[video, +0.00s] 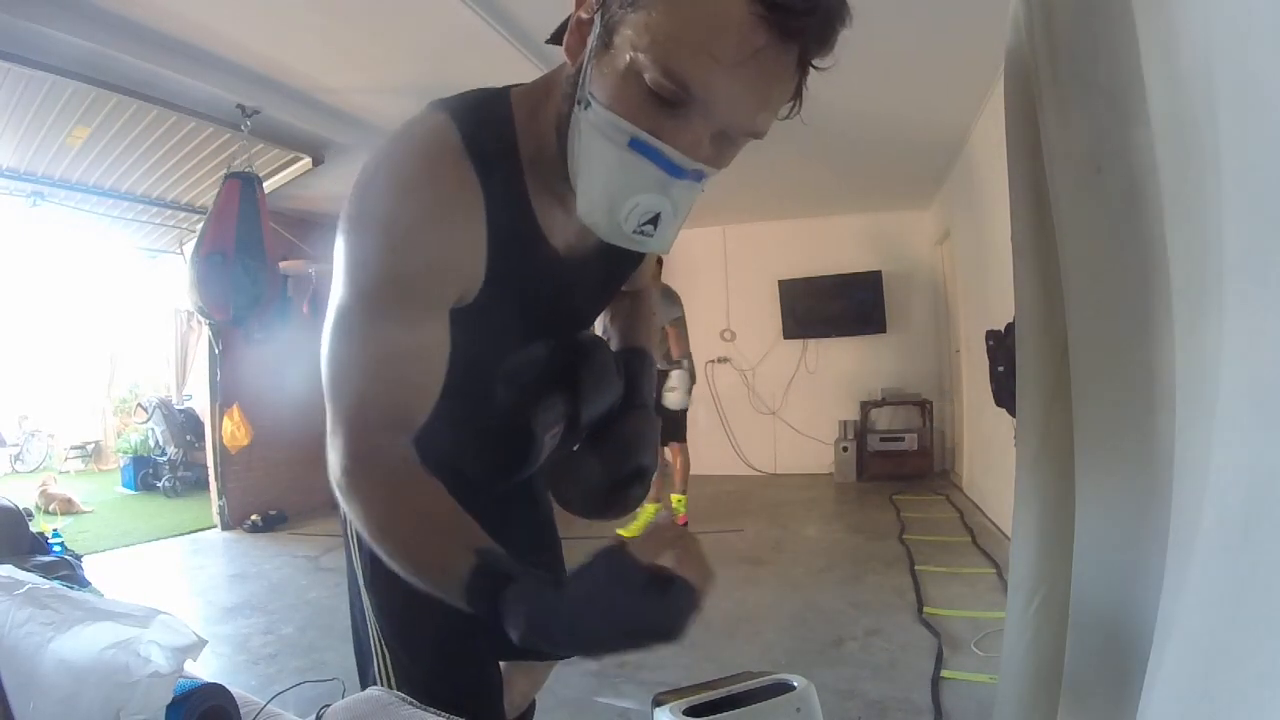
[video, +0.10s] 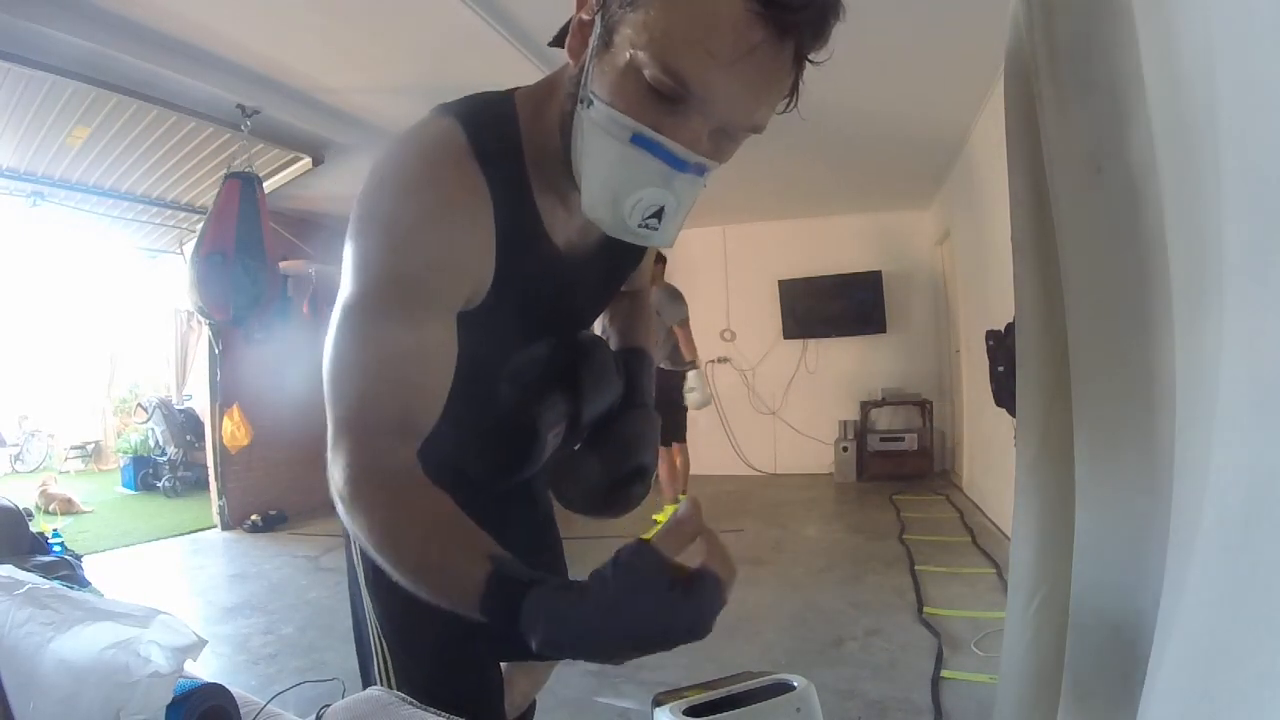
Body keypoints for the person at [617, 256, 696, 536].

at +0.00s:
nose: (635, 272)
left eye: (643, 264)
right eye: (633, 265)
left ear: (657, 266)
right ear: (625, 269)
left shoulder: (664, 297)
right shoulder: (621, 300)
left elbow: (678, 340)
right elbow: (603, 340)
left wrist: (679, 374)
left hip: (669, 376)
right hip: (640, 376)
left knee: (675, 444)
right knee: (648, 444)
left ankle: (679, 502)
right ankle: (652, 504)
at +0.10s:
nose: (643, 270)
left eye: (648, 264)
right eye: (644, 264)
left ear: (659, 266)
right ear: (655, 266)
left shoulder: (665, 294)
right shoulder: (646, 294)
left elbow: (683, 334)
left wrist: (695, 371)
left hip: (667, 372)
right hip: (667, 371)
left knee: (666, 443)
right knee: (673, 442)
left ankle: (672, 506)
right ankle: (677, 502)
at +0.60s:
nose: (665, 264)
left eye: (670, 257)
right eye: (663, 258)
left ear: (681, 258)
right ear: (662, 260)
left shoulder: (692, 292)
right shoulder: (657, 292)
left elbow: (705, 336)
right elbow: (657, 338)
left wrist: (700, 378)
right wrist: (652, 375)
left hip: (687, 373)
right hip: (664, 373)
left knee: (693, 448)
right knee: (672, 445)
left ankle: (706, 517)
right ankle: (676, 506)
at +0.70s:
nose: (665, 263)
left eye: (670, 256)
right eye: (662, 256)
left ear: (684, 257)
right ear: (659, 259)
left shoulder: (698, 292)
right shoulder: (654, 292)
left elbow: (705, 340)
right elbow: (641, 335)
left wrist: (698, 382)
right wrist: (643, 374)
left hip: (691, 376)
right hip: (661, 375)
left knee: (696, 450)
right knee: (664, 443)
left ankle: (707, 517)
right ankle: (672, 506)